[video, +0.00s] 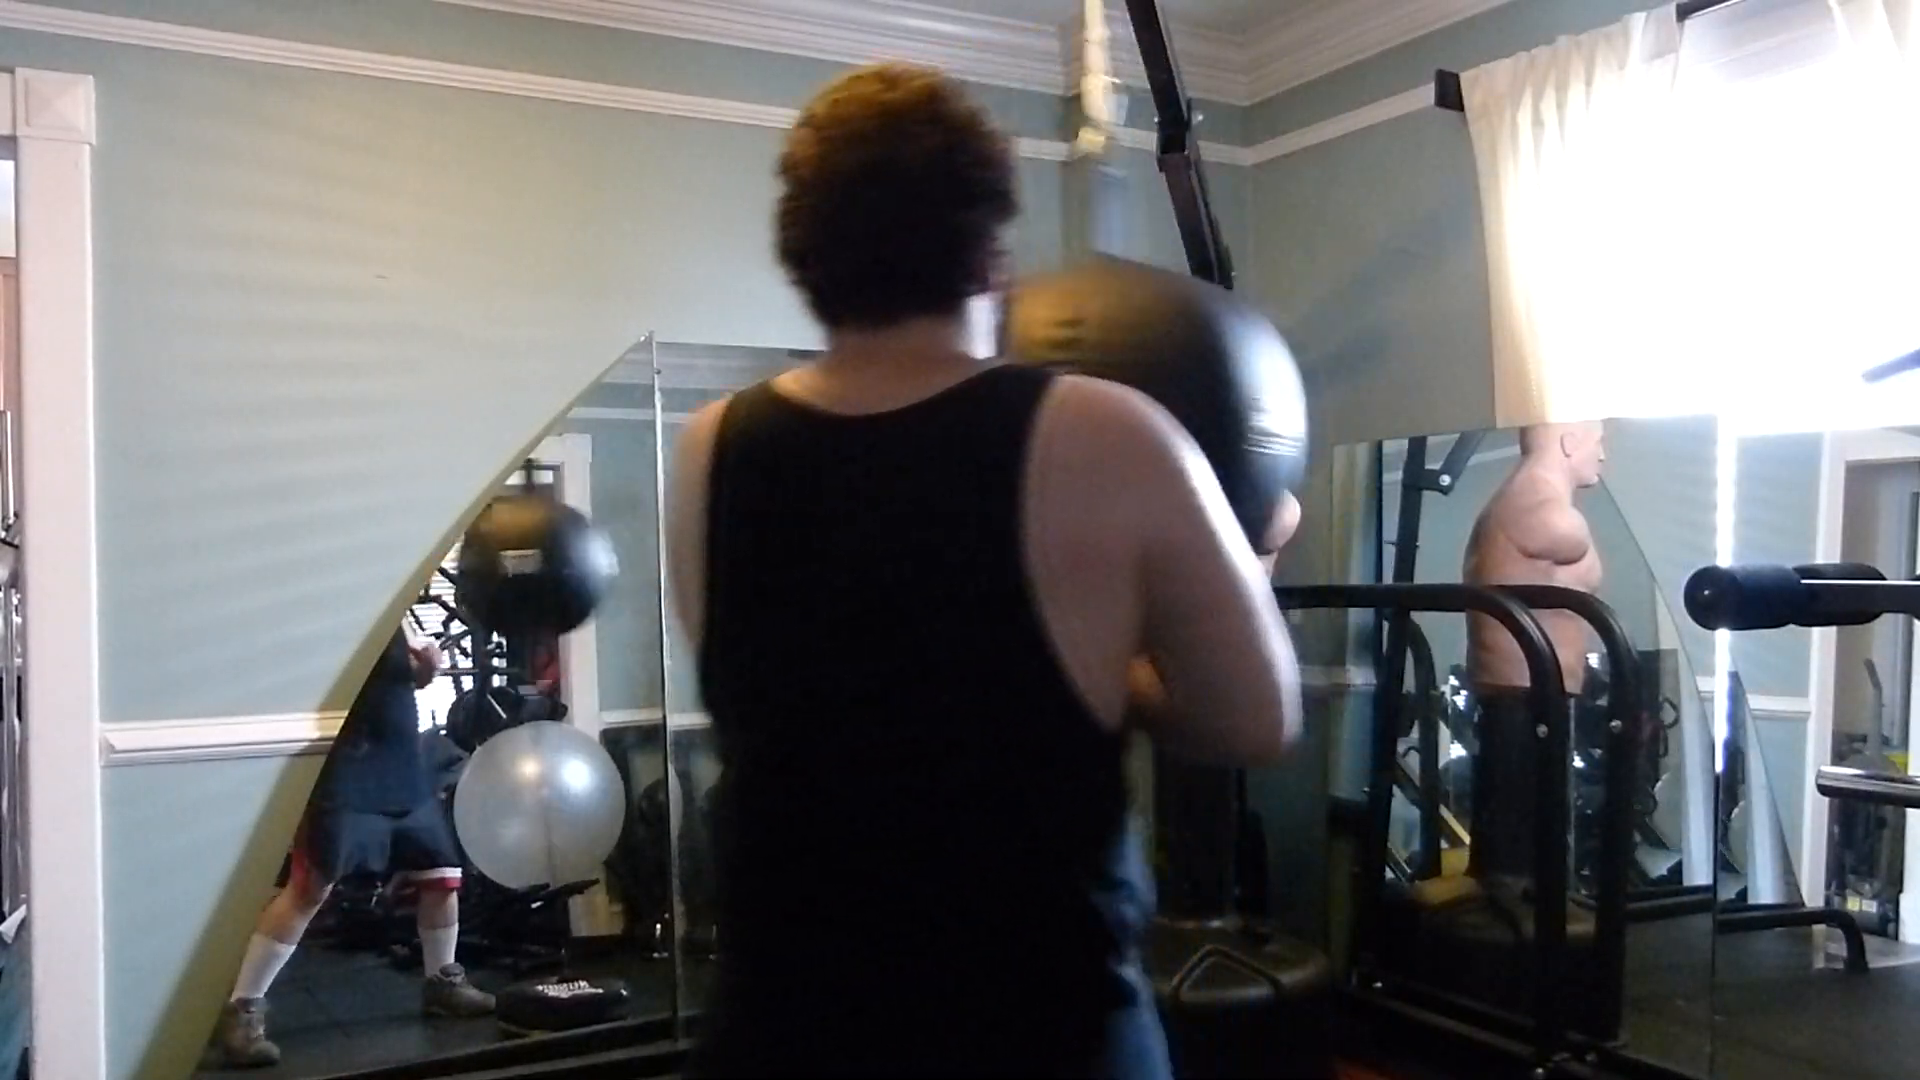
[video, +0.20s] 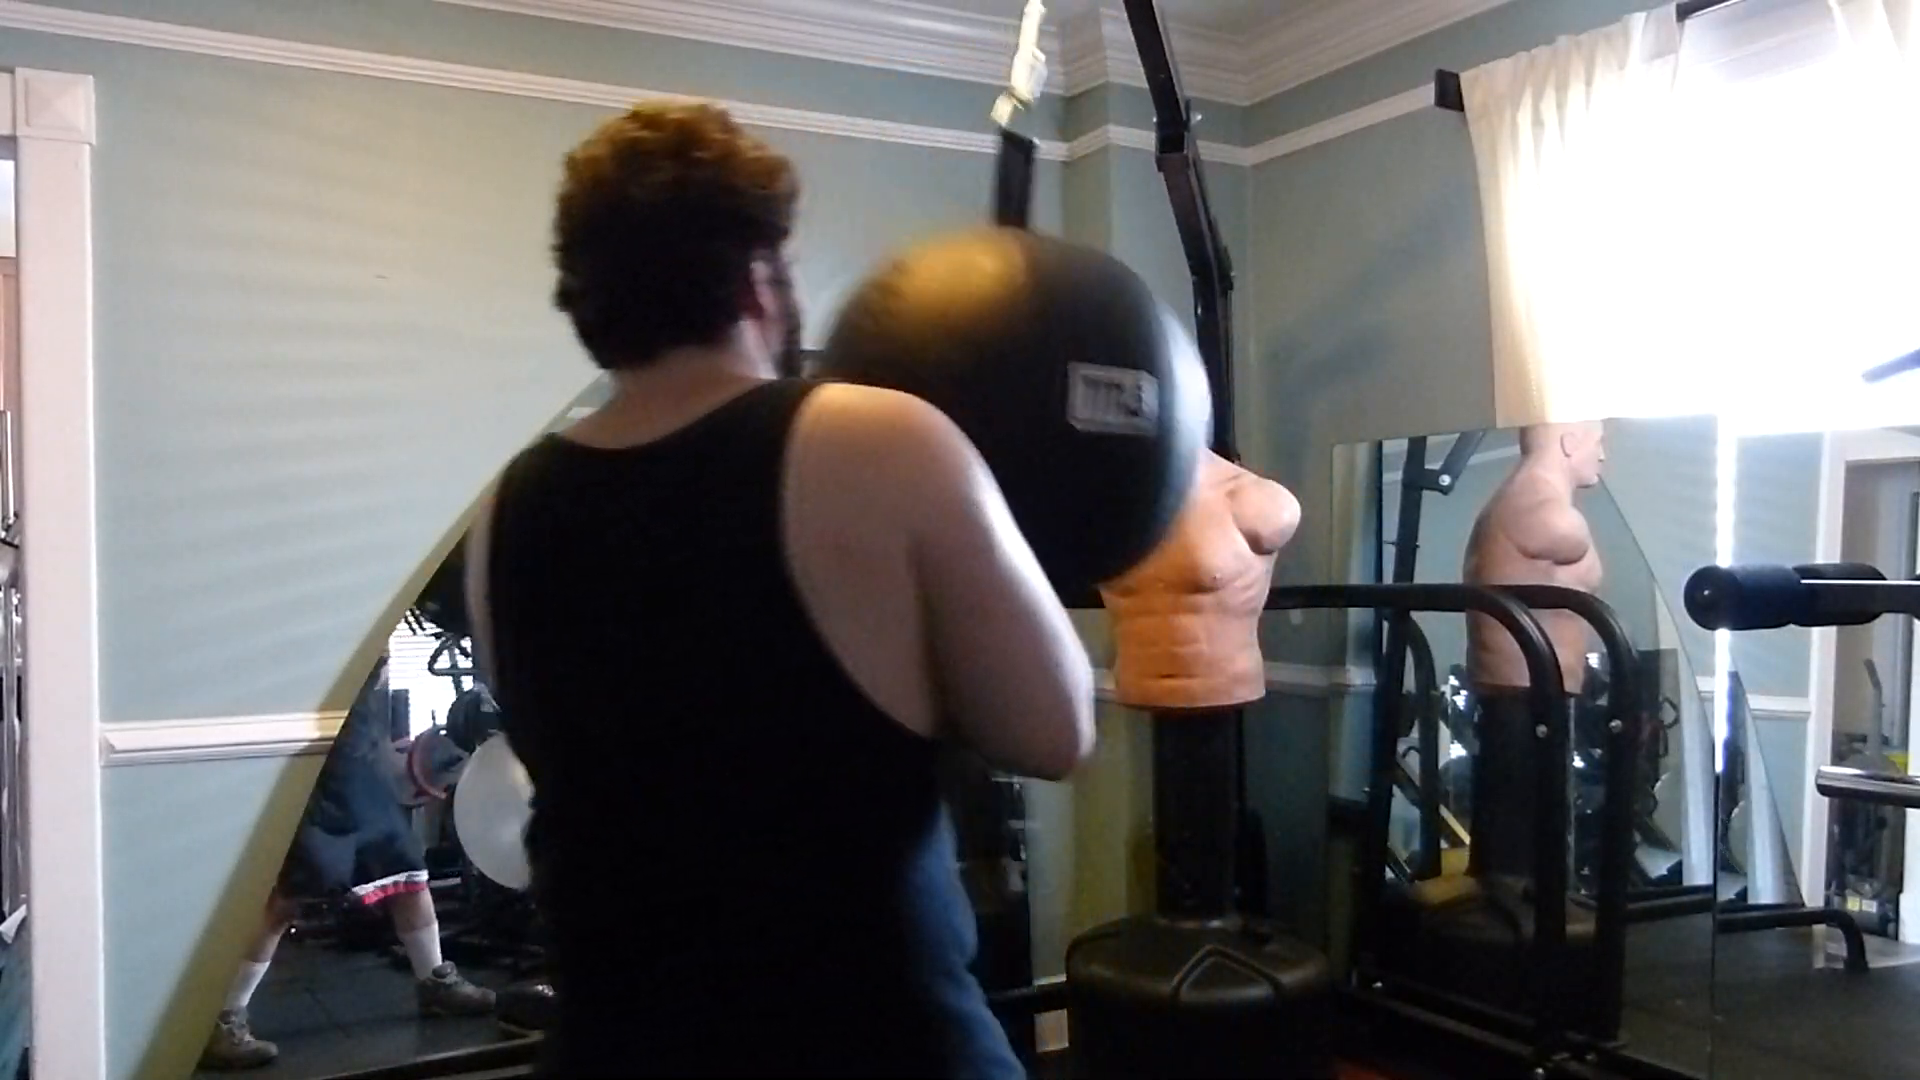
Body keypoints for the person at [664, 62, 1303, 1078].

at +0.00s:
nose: (1010, 253)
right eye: (1003, 226)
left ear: (797, 249)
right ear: (989, 248)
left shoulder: (711, 451)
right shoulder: (1113, 441)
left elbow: (719, 664)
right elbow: (1257, 722)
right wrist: (1095, 658)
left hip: (787, 998)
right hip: (1044, 1005)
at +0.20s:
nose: (797, 290)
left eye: (792, 265)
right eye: (789, 266)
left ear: (585, 304)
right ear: (758, 280)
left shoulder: (505, 517)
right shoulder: (890, 448)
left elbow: (556, 761)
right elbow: (1054, 733)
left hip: (624, 1025)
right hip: (882, 1021)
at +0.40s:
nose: (725, 290)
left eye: (727, 265)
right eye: (720, 264)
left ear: (515, 293)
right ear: (673, 268)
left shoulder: (441, 496)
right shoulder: (789, 410)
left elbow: (493, 743)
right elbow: (998, 677)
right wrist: (881, 483)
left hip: (570, 1007)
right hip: (824, 1000)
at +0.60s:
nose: (761, 270)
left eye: (751, 242)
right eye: (750, 242)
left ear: (555, 294)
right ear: (720, 260)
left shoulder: (483, 494)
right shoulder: (871, 391)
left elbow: (516, 691)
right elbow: (1115, 500)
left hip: (607, 1019)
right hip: (876, 1009)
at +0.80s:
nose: (831, 275)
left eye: (826, 245)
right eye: (823, 246)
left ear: (622, 278)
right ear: (795, 262)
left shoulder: (549, 479)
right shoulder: (919, 431)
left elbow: (577, 716)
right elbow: (1118, 694)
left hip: (635, 1010)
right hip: (897, 1008)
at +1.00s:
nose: (857, 271)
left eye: (854, 244)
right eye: (853, 244)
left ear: (647, 276)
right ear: (822, 259)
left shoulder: (599, 474)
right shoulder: (861, 455)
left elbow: (815, 604)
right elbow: (1052, 777)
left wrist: (1036, 461)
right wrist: (1080, 679)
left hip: (637, 1020)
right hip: (875, 1029)